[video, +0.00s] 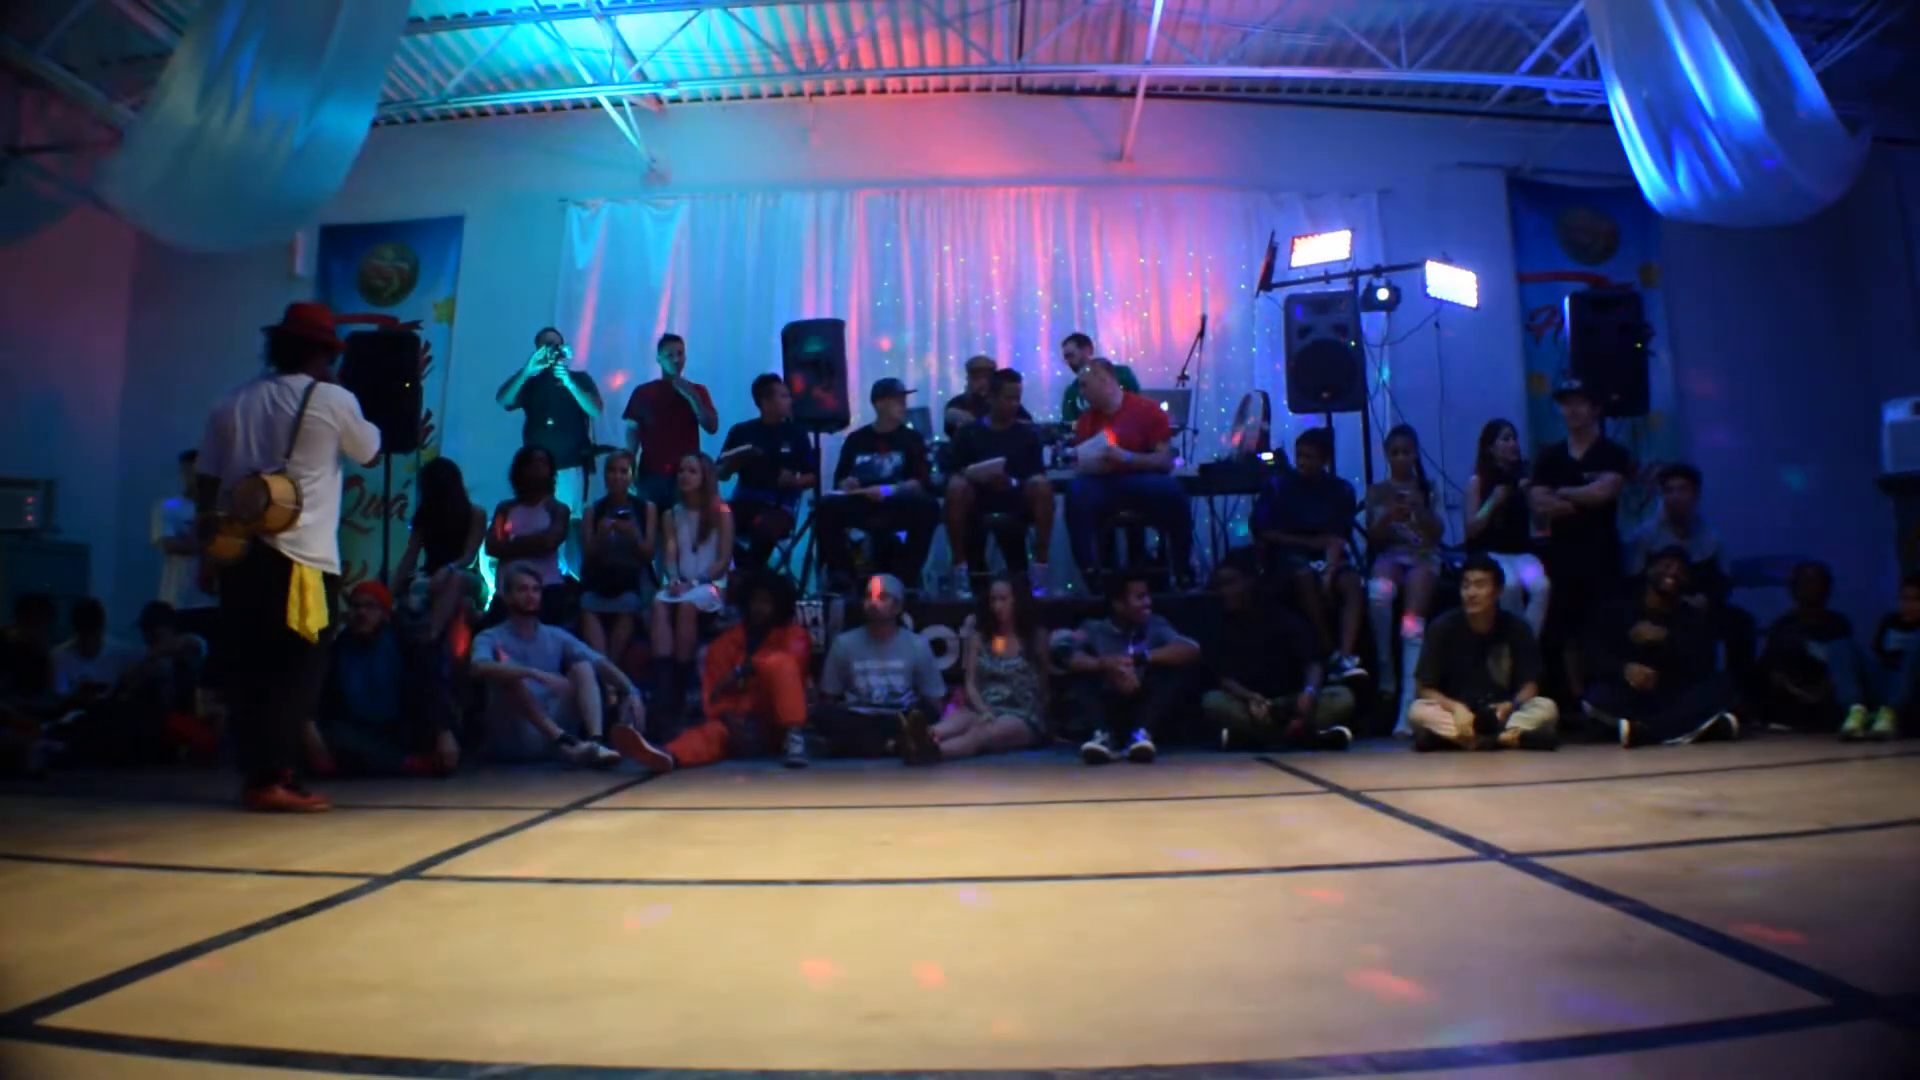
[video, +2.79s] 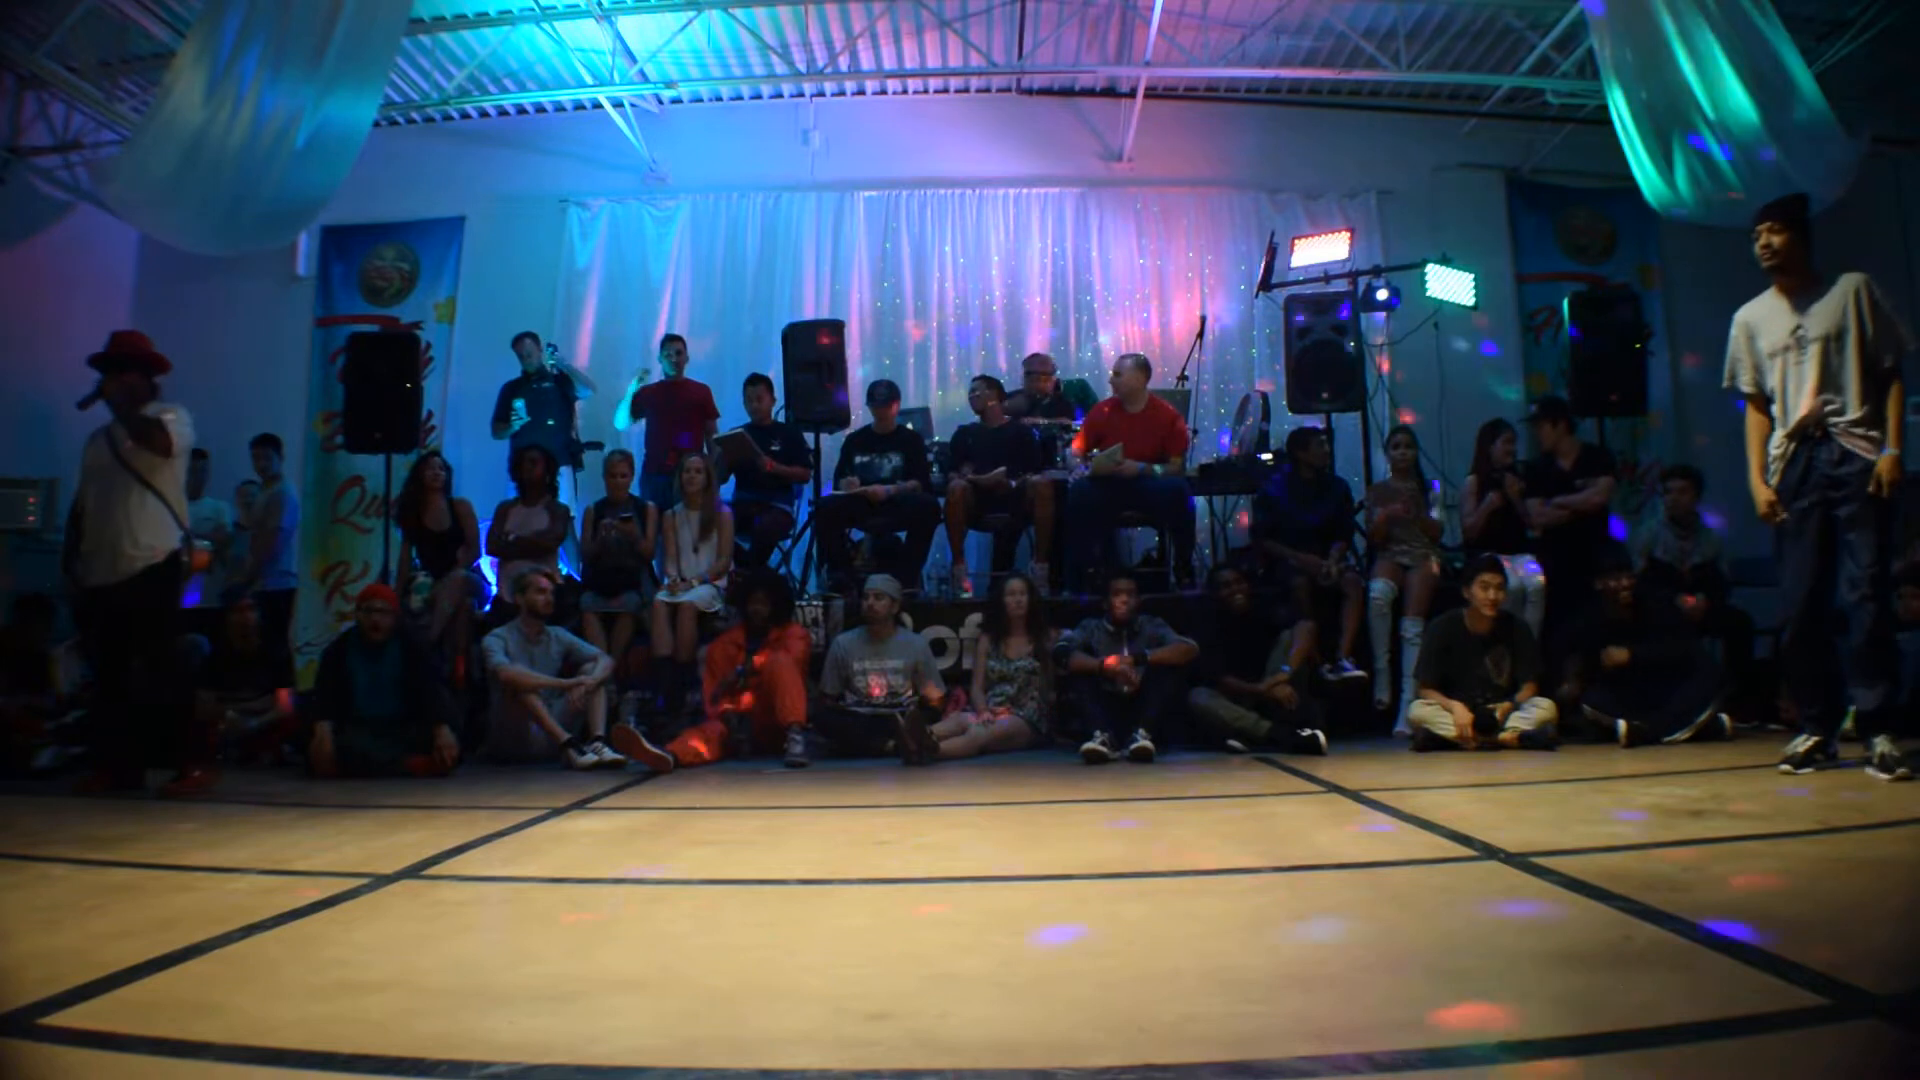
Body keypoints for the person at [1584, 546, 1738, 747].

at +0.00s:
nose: (1671, 574)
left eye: (1679, 570)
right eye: (1665, 566)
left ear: (1685, 579)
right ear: (1650, 570)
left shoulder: (1692, 616)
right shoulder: (1624, 610)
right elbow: (1597, 651)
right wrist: (1625, 669)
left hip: (1678, 689)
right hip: (1632, 689)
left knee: (1720, 687)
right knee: (1597, 697)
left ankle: (1647, 730)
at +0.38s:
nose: (1643, 593)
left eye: (1652, 586)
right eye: (1638, 585)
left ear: (1670, 585)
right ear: (1631, 582)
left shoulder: (1689, 616)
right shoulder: (1621, 616)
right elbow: (1601, 659)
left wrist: (1680, 635)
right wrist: (1623, 668)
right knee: (1598, 696)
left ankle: (1650, 731)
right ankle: (1685, 732)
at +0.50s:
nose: (1678, 497)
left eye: (1686, 490)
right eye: (1672, 490)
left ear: (1698, 497)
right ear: (1663, 494)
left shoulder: (1711, 539)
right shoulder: (1645, 536)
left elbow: (1722, 580)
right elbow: (1639, 580)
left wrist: (1706, 600)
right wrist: (1678, 600)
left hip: (1700, 608)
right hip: (1659, 606)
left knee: (1742, 622)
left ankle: (1740, 694)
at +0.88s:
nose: (1678, 497)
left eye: (1686, 490)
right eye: (1672, 490)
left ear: (1698, 497)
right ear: (1663, 495)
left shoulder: (1709, 537)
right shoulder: (1645, 537)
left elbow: (1722, 579)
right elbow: (1638, 583)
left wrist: (1704, 600)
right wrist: (1675, 600)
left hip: (1700, 609)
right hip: (1661, 609)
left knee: (1741, 623)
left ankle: (1738, 700)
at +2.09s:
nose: (1674, 498)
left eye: (1683, 491)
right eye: (1669, 491)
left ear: (1695, 497)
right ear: (1662, 497)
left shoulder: (1708, 540)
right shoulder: (1646, 536)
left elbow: (1720, 583)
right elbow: (1636, 582)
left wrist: (1703, 601)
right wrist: (1674, 600)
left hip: (1698, 611)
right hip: (1658, 609)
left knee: (1740, 623)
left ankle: (1735, 708)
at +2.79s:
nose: (1674, 499)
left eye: (1682, 492)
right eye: (1669, 492)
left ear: (1696, 497)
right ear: (1662, 496)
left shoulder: (1708, 539)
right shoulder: (1649, 536)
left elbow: (1720, 582)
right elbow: (1643, 580)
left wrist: (1705, 600)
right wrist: (1673, 598)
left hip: (1701, 608)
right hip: (1662, 607)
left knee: (1740, 622)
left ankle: (1738, 701)